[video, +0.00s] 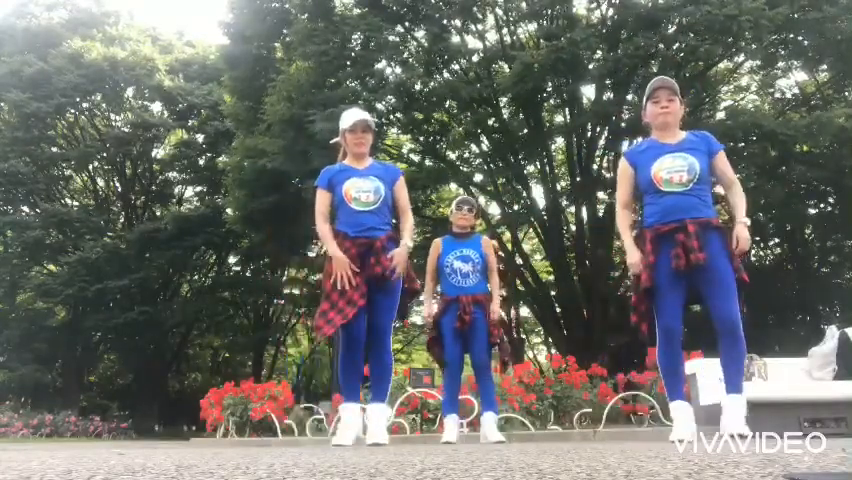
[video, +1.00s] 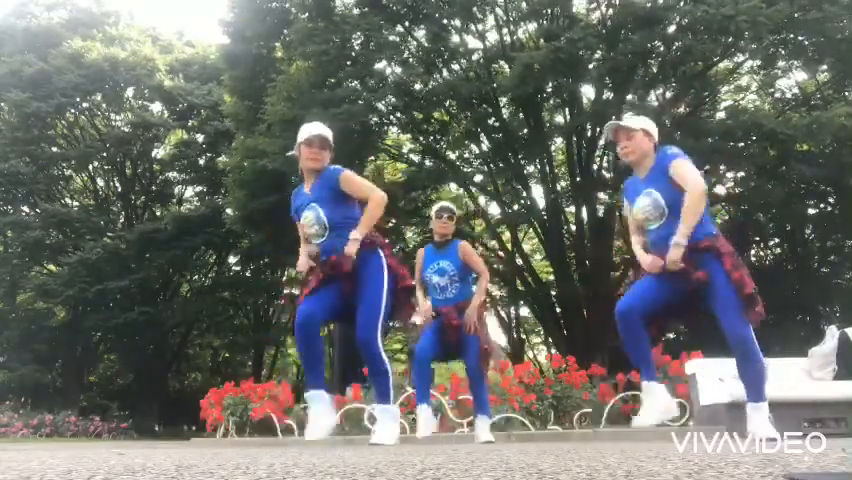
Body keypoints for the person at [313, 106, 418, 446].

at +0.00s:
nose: (360, 137)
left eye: (365, 131)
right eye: (353, 131)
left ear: (373, 135)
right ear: (342, 136)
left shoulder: (391, 172)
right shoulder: (330, 174)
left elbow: (407, 216)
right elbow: (321, 219)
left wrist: (404, 247)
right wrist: (335, 254)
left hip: (385, 253)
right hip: (347, 254)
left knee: (380, 335)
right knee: (353, 334)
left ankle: (378, 414)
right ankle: (350, 414)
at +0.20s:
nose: (348, 143)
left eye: (353, 138)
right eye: (341, 137)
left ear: (360, 144)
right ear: (328, 142)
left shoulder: (372, 170)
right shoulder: (317, 187)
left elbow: (394, 211)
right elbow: (318, 235)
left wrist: (387, 253)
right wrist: (340, 261)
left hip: (383, 256)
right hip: (345, 261)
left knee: (385, 335)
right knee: (362, 332)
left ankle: (380, 414)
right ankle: (356, 412)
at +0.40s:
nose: (327, 150)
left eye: (333, 145)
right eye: (320, 144)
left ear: (339, 150)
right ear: (307, 150)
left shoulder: (347, 177)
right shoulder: (307, 193)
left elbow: (380, 210)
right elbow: (315, 236)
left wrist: (371, 258)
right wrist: (318, 260)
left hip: (373, 261)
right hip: (339, 269)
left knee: (373, 336)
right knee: (306, 322)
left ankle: (377, 415)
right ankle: (308, 411)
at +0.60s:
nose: (324, 141)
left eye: (331, 137)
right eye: (318, 135)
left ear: (337, 143)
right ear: (305, 141)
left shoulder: (344, 170)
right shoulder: (300, 186)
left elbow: (369, 210)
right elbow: (306, 236)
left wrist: (353, 259)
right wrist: (294, 270)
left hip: (353, 266)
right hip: (317, 273)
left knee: (353, 339)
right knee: (279, 330)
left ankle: (375, 413)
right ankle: (279, 419)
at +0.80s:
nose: (324, 125)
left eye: (330, 119)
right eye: (317, 120)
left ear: (338, 122)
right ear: (306, 124)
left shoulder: (349, 144)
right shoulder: (301, 161)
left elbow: (375, 179)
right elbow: (304, 209)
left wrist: (366, 225)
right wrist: (309, 242)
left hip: (360, 236)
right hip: (324, 242)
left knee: (365, 318)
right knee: (318, 317)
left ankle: (376, 404)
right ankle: (325, 406)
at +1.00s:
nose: (316, 151)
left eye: (323, 146)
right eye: (310, 144)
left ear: (330, 153)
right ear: (297, 150)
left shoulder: (336, 176)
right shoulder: (298, 196)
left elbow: (378, 197)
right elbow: (306, 238)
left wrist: (356, 237)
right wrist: (305, 254)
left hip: (367, 261)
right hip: (335, 271)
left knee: (367, 336)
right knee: (306, 317)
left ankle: (387, 418)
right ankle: (320, 407)